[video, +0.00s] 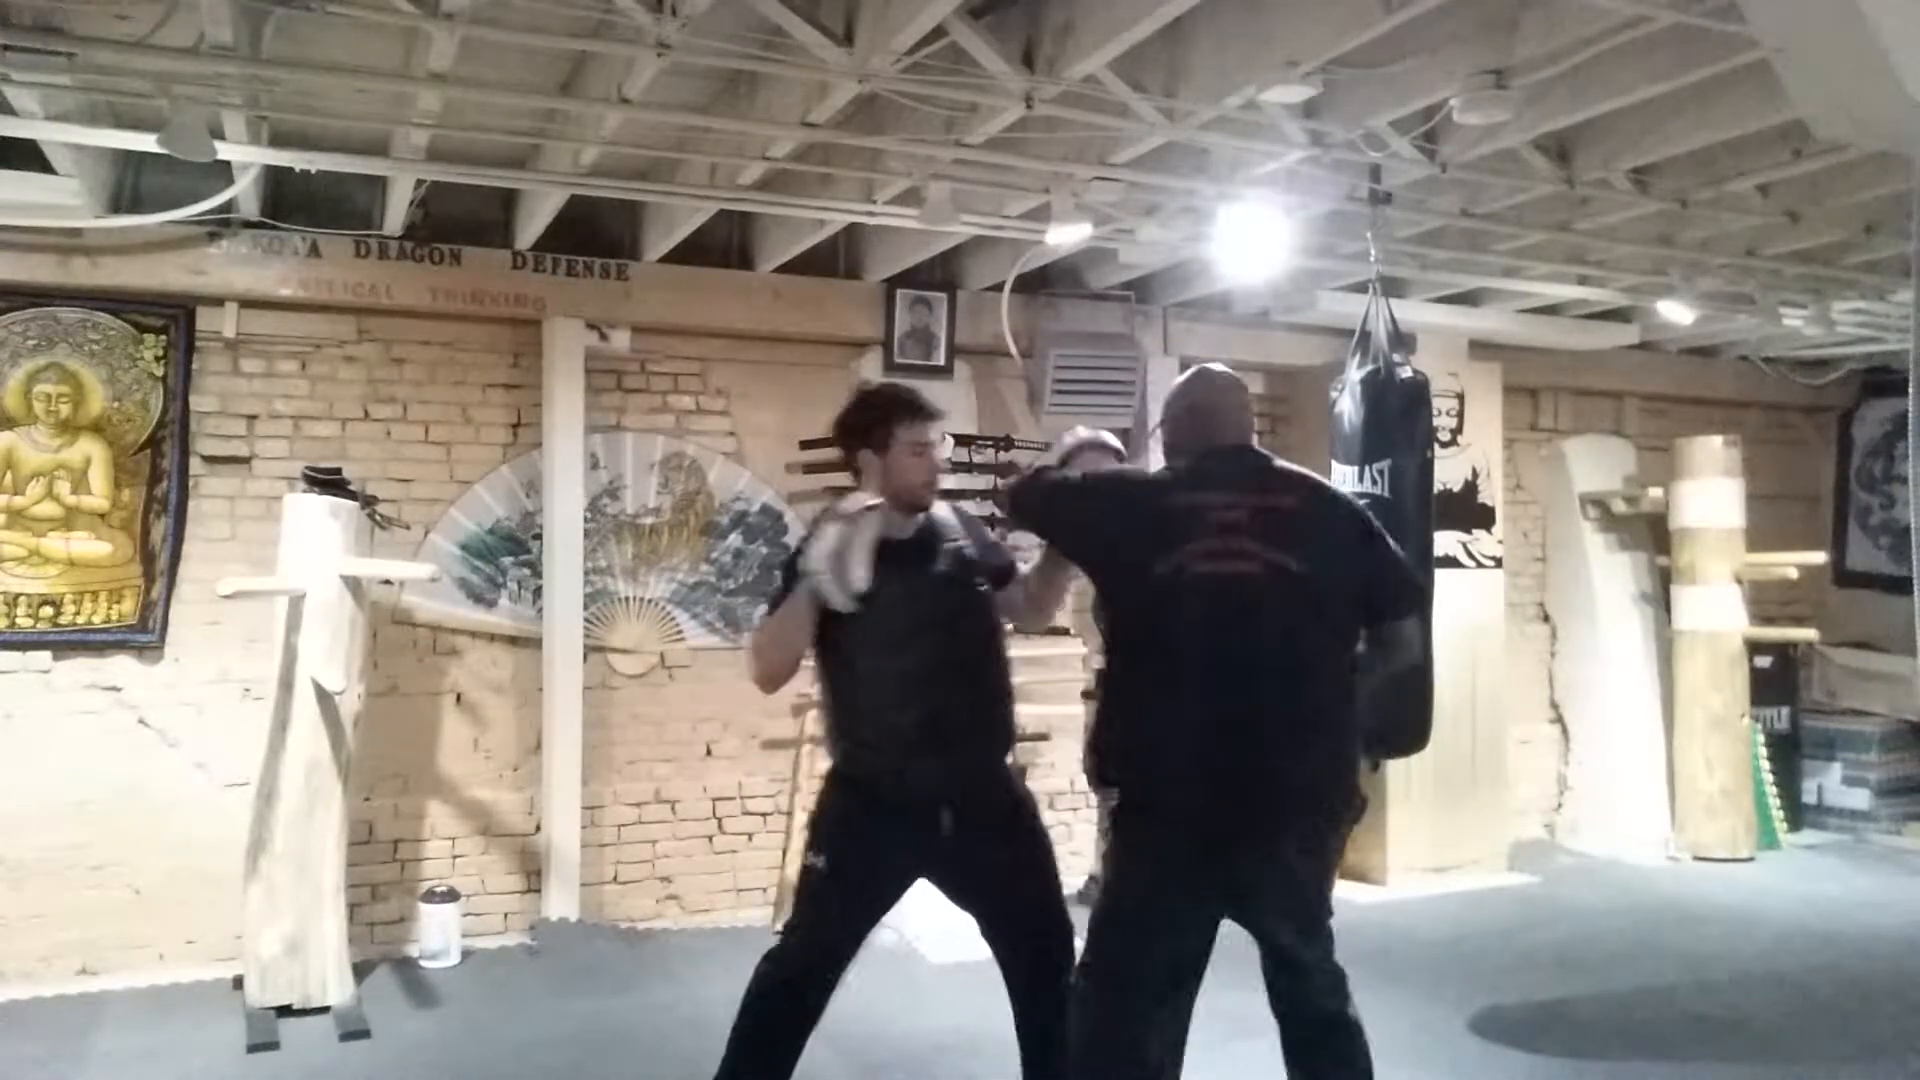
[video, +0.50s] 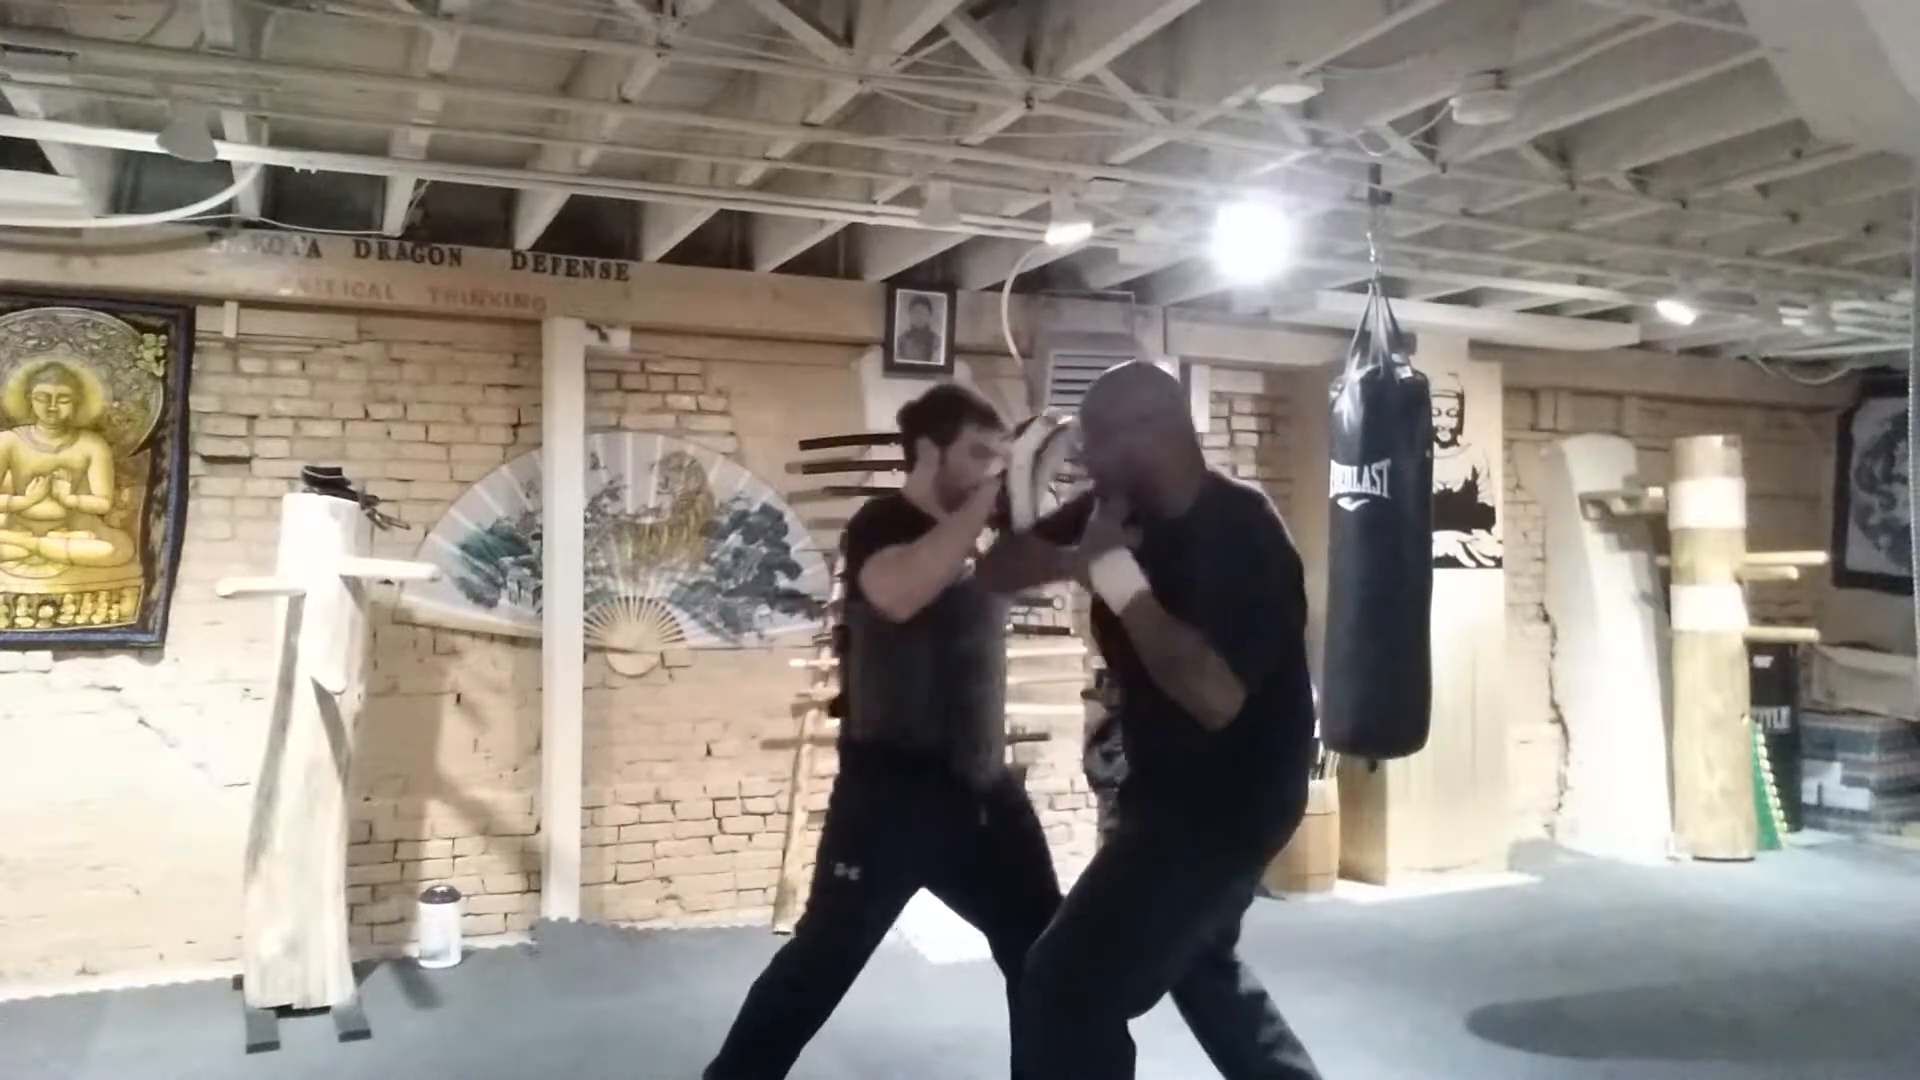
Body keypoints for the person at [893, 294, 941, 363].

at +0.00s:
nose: (919, 317)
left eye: (924, 313)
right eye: (916, 313)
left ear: (930, 316)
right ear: (910, 314)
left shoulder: (936, 340)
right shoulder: (901, 339)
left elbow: (935, 363)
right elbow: (897, 360)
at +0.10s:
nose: (920, 317)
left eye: (924, 314)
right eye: (916, 313)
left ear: (930, 316)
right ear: (910, 314)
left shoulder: (935, 340)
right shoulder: (901, 339)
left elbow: (935, 363)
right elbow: (897, 360)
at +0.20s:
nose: (919, 317)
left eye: (923, 313)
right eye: (916, 312)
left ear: (930, 316)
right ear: (909, 314)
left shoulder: (935, 340)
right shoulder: (901, 339)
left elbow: (935, 365)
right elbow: (897, 361)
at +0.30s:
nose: (919, 317)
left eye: (923, 313)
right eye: (916, 312)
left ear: (930, 316)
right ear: (909, 314)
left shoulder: (936, 340)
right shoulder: (901, 339)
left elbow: (935, 364)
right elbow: (897, 361)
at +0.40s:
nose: (919, 317)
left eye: (923, 313)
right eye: (916, 312)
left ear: (929, 316)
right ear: (909, 314)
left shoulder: (936, 340)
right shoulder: (901, 340)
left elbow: (935, 364)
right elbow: (897, 361)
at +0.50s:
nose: (920, 317)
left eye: (924, 313)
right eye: (916, 313)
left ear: (930, 316)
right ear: (909, 314)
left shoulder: (936, 340)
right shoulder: (901, 340)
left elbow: (935, 364)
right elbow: (897, 361)